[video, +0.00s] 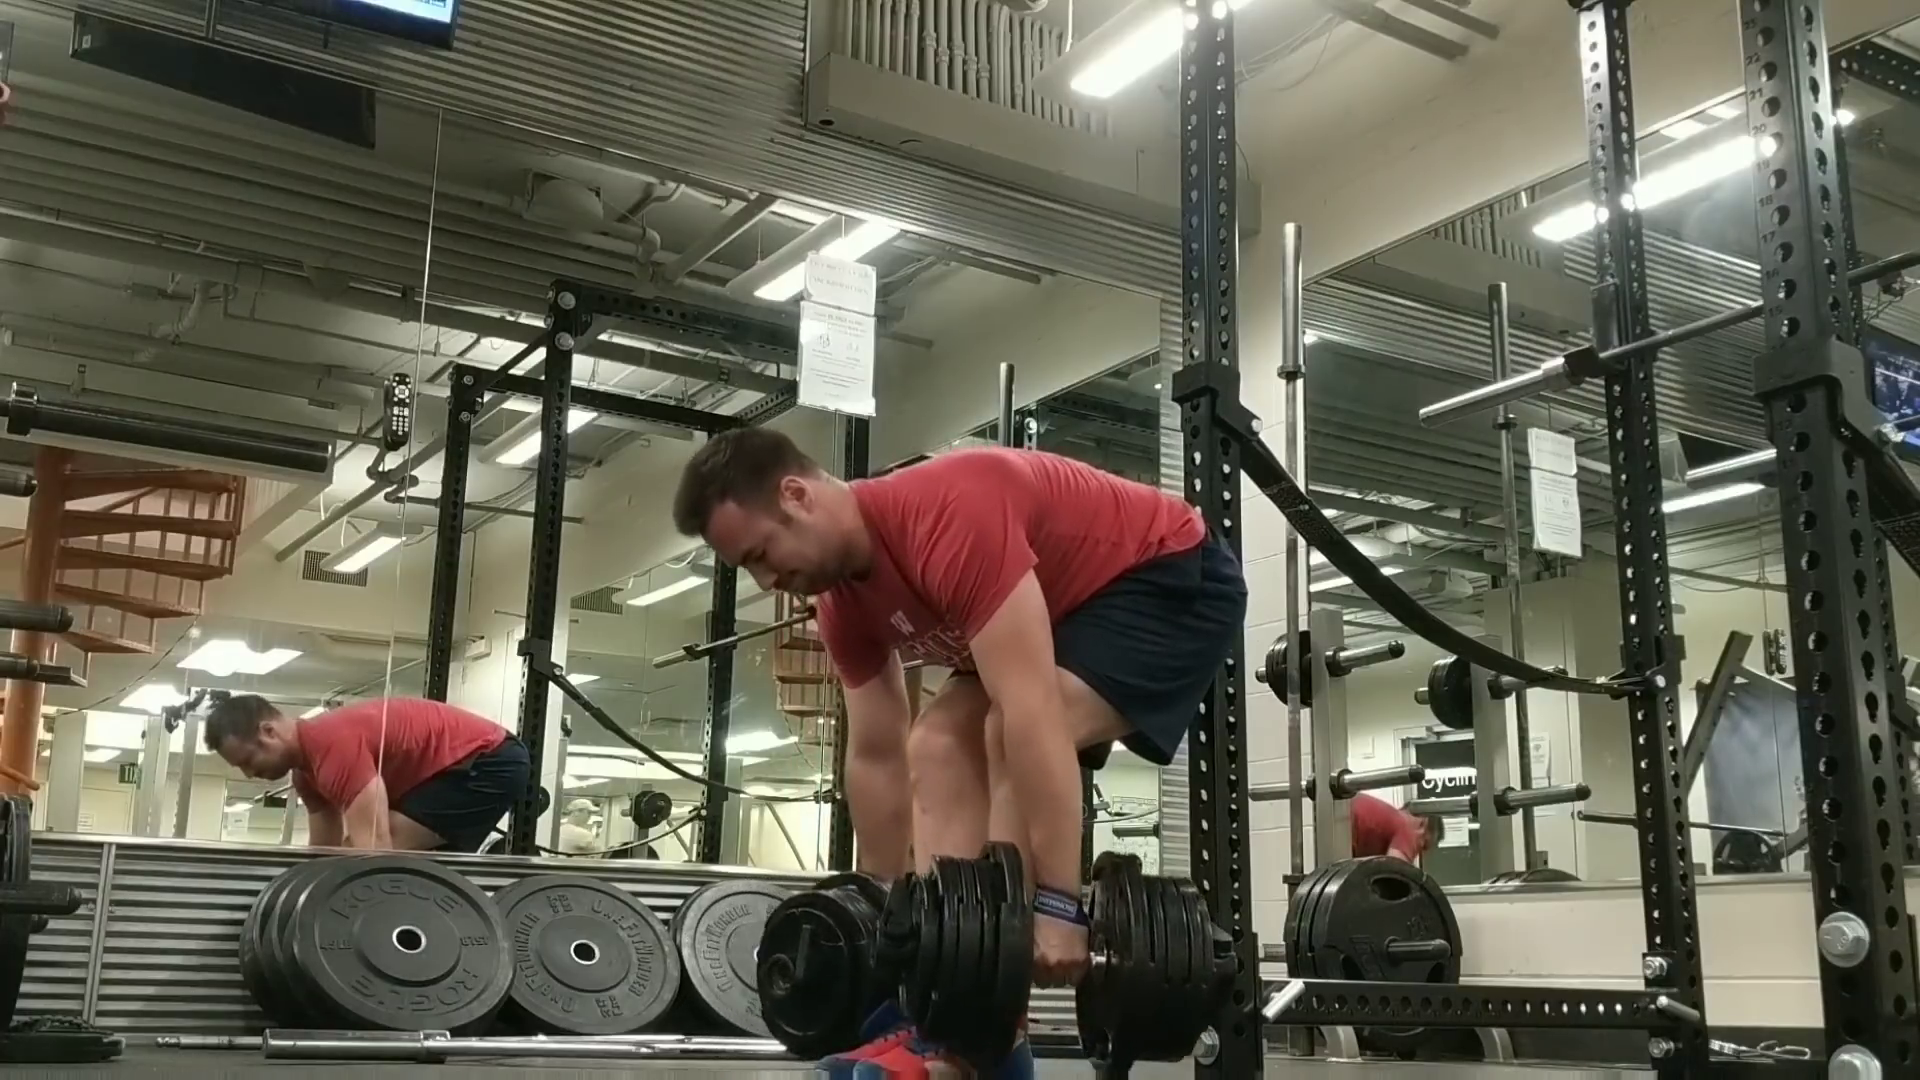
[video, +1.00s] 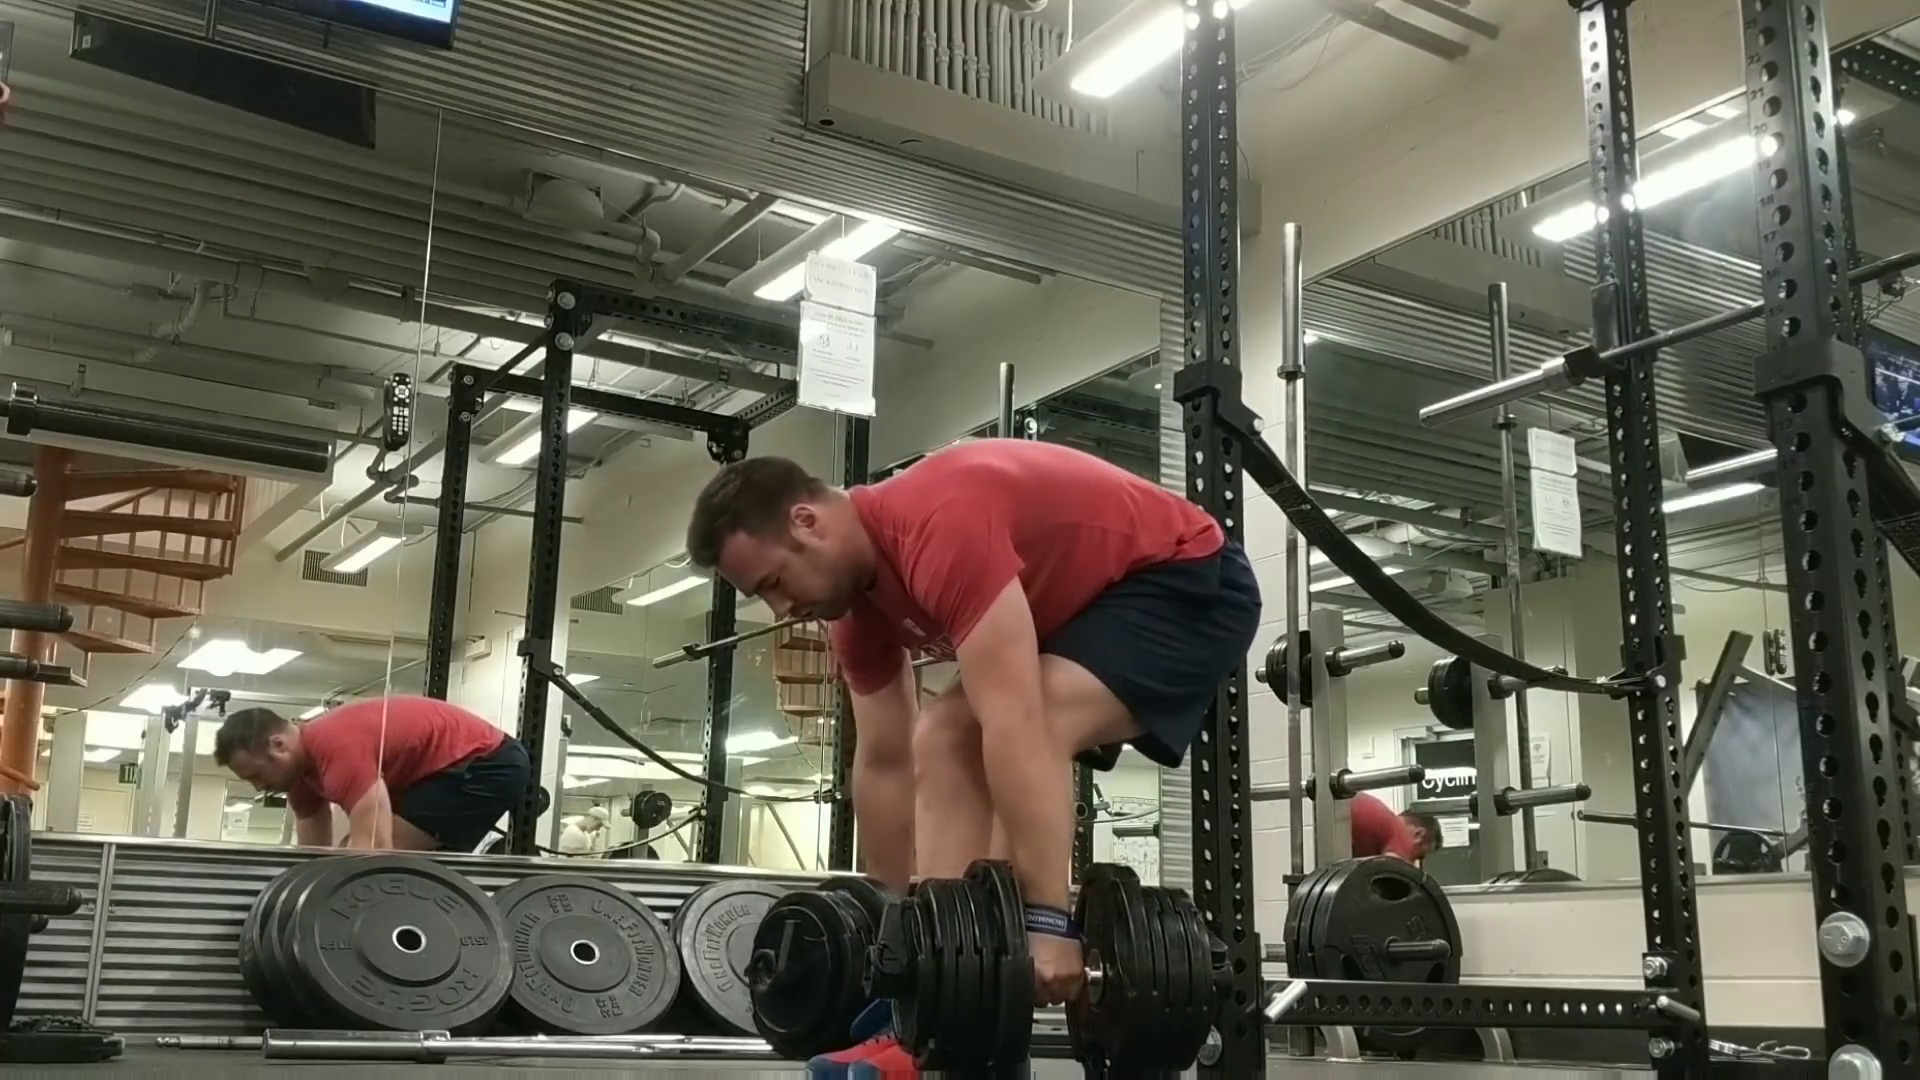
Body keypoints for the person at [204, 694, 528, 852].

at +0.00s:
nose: (250, 774)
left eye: (248, 761)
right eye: (242, 768)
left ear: (268, 730)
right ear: (268, 733)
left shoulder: (335, 744)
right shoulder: (308, 773)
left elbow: (369, 853)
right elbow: (324, 852)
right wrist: (303, 918)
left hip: (492, 763)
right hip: (464, 769)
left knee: (381, 854)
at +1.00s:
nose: (259, 788)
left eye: (255, 775)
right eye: (250, 781)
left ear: (279, 747)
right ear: (277, 746)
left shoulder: (336, 748)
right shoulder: (302, 772)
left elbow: (370, 843)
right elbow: (314, 849)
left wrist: (327, 904)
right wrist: (300, 904)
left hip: (487, 765)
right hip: (457, 769)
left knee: (388, 854)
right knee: (384, 855)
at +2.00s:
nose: (251, 757)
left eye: (249, 744)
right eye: (243, 750)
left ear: (272, 715)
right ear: (272, 717)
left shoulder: (336, 734)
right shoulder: (305, 756)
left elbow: (370, 841)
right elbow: (314, 845)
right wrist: (292, 913)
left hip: (489, 761)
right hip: (458, 766)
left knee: (381, 850)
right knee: (390, 854)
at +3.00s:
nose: (250, 762)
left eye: (248, 749)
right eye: (242, 755)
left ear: (270, 719)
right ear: (270, 722)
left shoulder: (333, 739)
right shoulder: (301, 762)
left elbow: (358, 850)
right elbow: (309, 851)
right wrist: (286, 920)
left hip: (491, 763)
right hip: (461, 768)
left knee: (383, 847)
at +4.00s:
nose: (309, 707)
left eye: (299, 703)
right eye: (298, 707)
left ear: (300, 670)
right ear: (301, 667)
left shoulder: (367, 674)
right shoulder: (339, 686)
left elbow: (456, 717)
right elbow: (386, 736)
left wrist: (444, 800)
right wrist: (371, 789)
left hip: (489, 762)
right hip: (445, 768)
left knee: (476, 882)